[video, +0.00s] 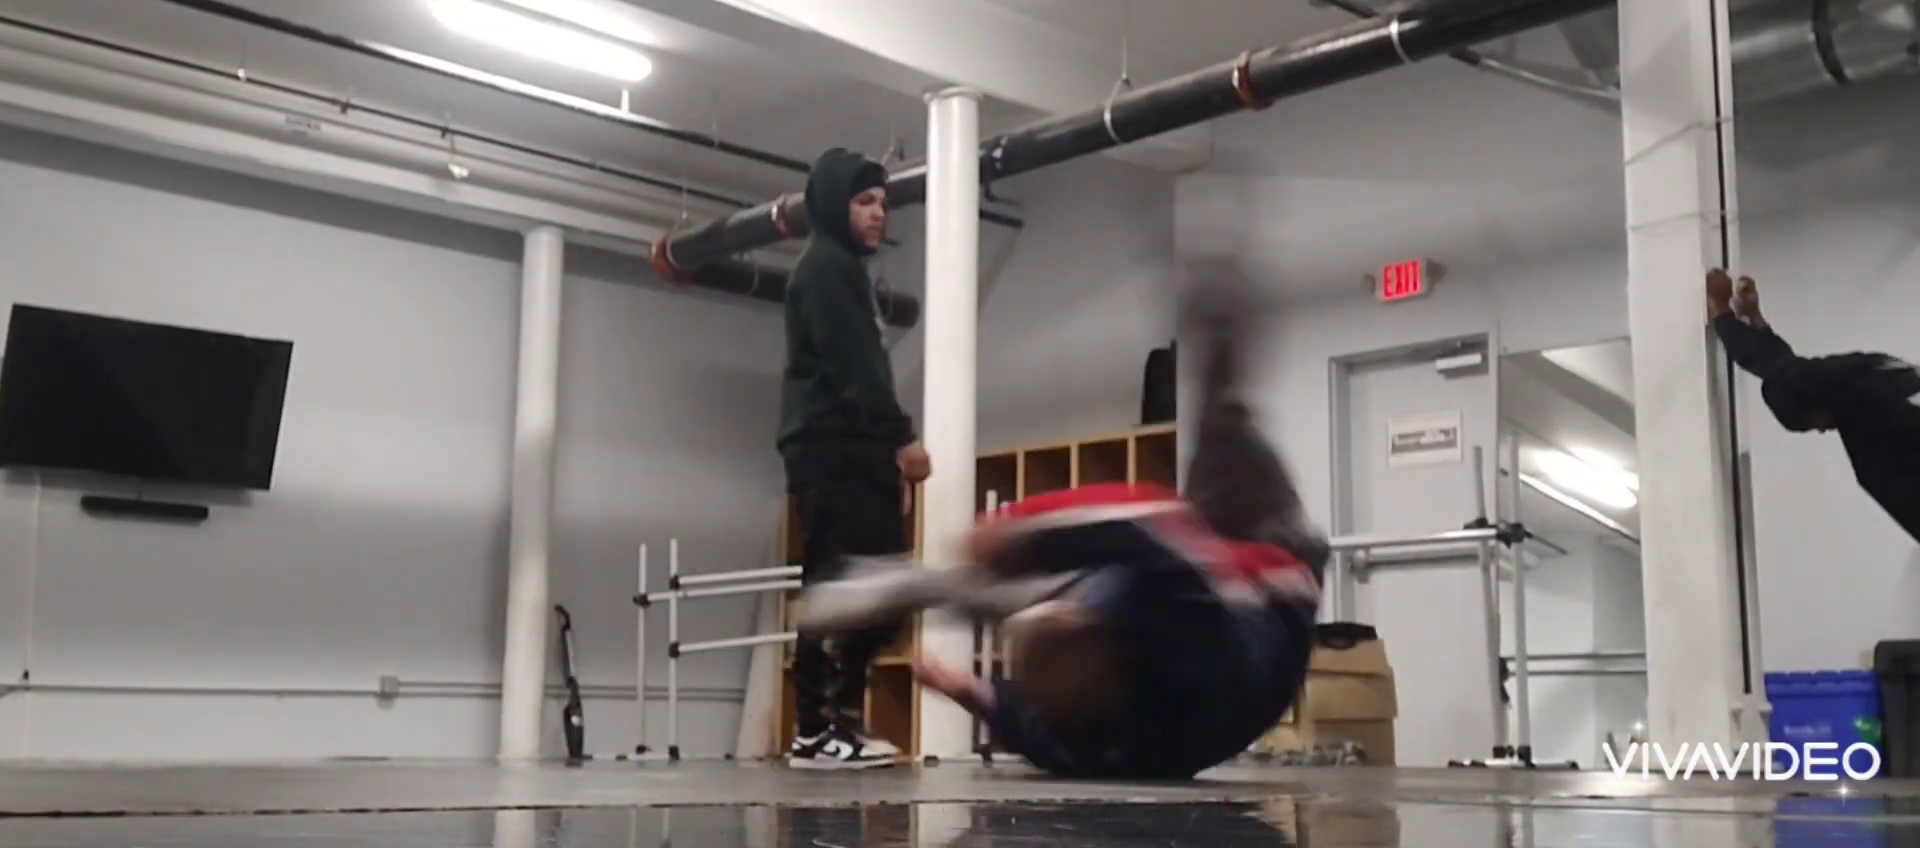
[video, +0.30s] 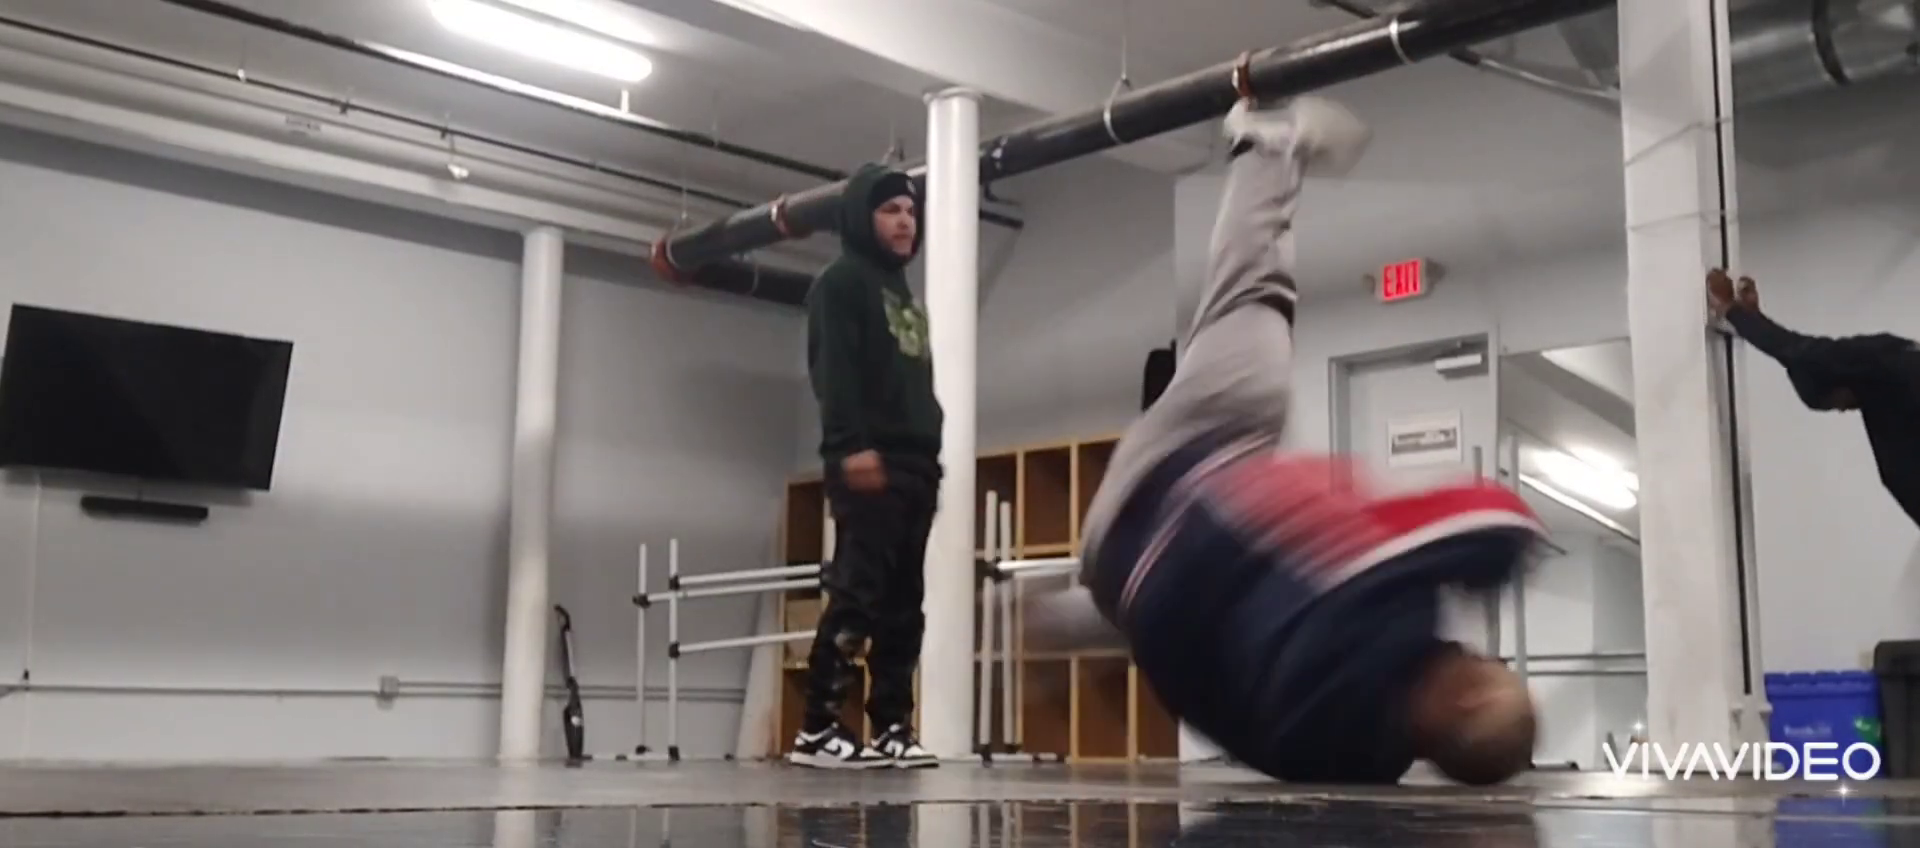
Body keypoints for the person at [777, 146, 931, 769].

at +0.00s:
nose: (879, 214)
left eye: (882, 203)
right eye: (866, 202)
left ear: (878, 209)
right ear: (833, 206)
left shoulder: (837, 265)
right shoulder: (829, 266)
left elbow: (853, 366)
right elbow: (854, 364)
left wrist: (890, 447)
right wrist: (902, 437)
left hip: (844, 447)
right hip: (836, 447)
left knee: (842, 579)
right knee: (855, 580)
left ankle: (832, 724)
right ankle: (827, 725)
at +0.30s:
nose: (905, 222)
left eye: (910, 211)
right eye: (891, 211)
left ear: (915, 221)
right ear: (861, 219)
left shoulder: (903, 292)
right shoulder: (841, 283)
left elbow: (915, 378)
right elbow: (834, 370)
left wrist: (929, 446)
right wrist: (852, 444)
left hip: (916, 458)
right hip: (868, 458)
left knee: (904, 597)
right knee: (856, 593)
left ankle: (891, 727)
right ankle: (819, 727)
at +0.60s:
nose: (923, 230)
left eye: (931, 220)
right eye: (910, 218)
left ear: (939, 232)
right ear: (881, 224)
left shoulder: (939, 312)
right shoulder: (846, 287)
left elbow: (963, 398)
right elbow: (817, 372)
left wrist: (988, 473)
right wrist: (810, 455)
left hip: (923, 469)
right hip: (862, 462)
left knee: (906, 598)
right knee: (860, 593)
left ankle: (892, 727)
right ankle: (853, 728)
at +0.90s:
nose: (913, 231)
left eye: (922, 221)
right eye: (900, 219)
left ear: (933, 232)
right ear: (875, 228)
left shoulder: (944, 312)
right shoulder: (839, 291)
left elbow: (965, 395)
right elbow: (813, 375)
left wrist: (980, 468)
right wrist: (810, 455)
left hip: (916, 473)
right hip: (852, 467)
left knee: (903, 606)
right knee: (833, 593)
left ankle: (892, 730)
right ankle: (800, 723)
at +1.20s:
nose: (880, 229)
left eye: (888, 220)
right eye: (868, 220)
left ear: (901, 231)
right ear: (844, 229)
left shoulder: (923, 309)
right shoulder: (808, 296)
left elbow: (941, 393)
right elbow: (788, 379)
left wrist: (947, 469)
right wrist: (799, 452)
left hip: (898, 476)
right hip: (829, 471)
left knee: (896, 609)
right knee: (805, 603)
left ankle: (891, 731)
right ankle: (787, 729)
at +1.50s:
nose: (832, 223)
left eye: (841, 214)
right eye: (819, 214)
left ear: (851, 224)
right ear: (794, 224)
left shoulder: (877, 303)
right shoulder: (758, 298)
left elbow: (902, 387)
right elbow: (741, 386)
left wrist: (920, 461)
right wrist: (742, 466)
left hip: (856, 472)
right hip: (782, 472)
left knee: (871, 604)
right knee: (779, 607)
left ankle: (888, 729)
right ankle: (782, 730)